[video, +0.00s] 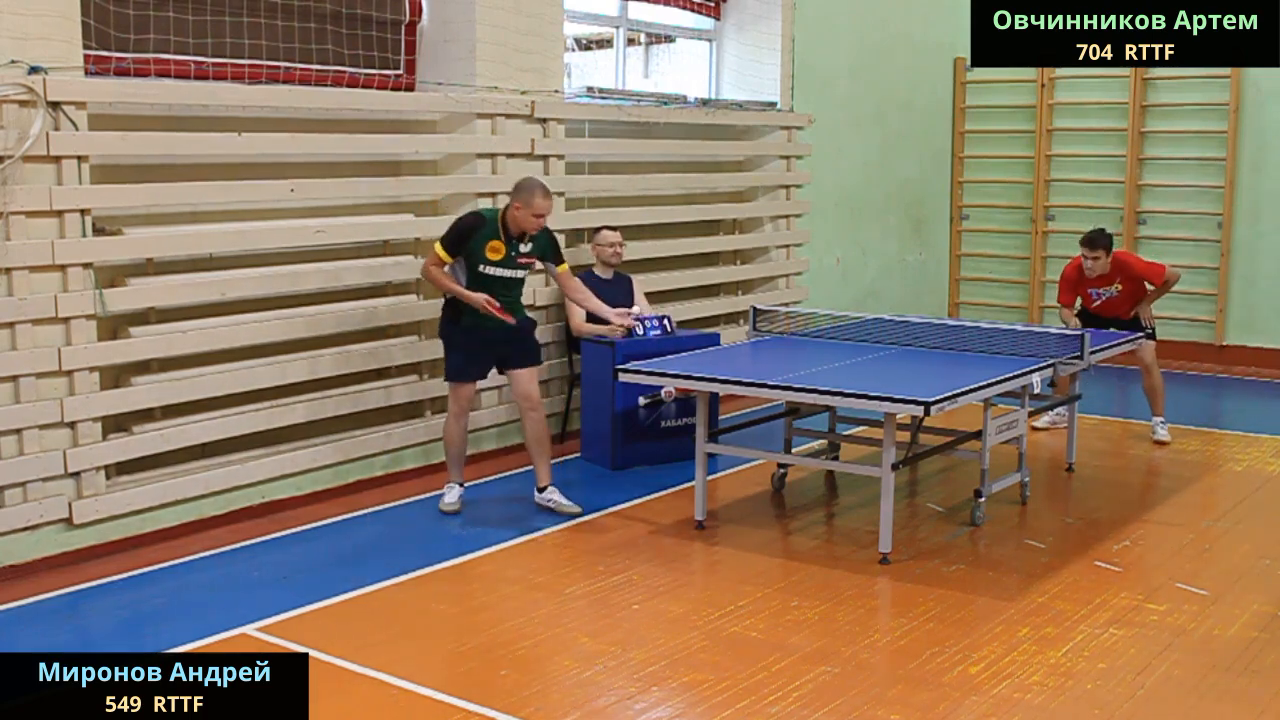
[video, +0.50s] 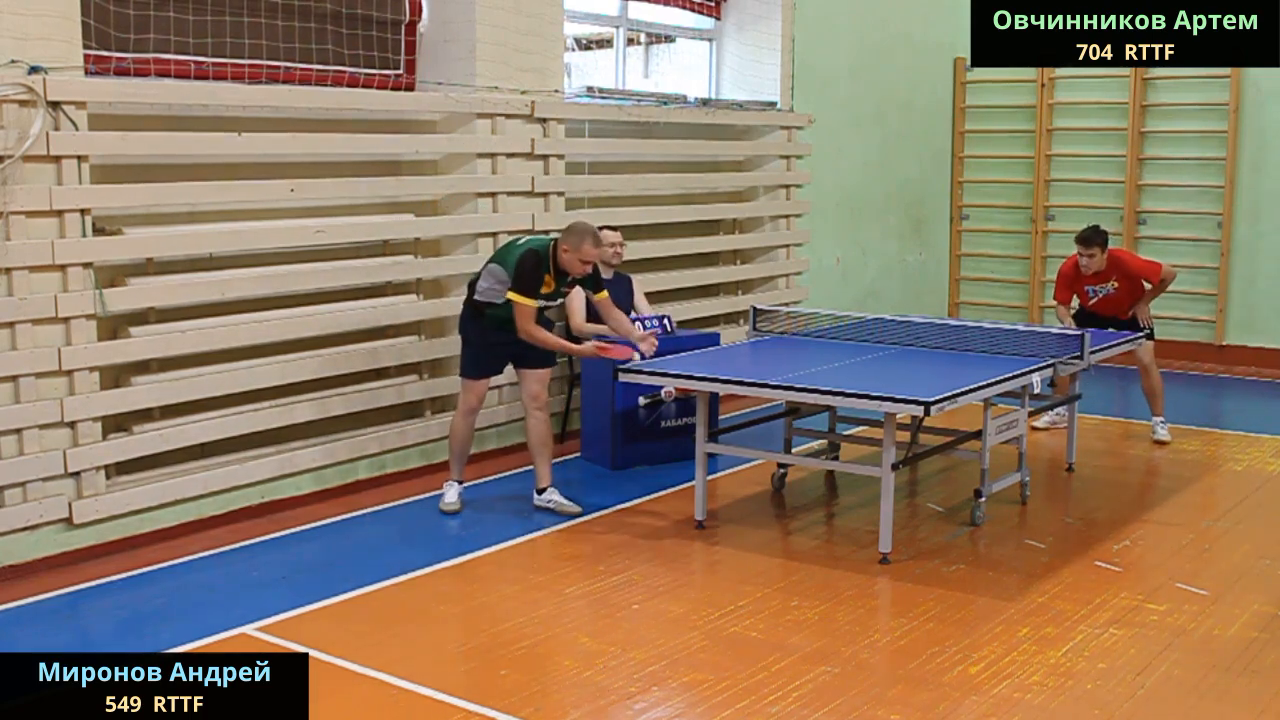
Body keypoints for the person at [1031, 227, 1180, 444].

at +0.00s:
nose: (1088, 264)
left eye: (1095, 259)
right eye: (1084, 258)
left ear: (1109, 257)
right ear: (1080, 254)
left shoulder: (1127, 263)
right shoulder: (1072, 271)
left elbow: (1172, 276)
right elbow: (1065, 308)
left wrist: (1147, 302)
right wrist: (1071, 320)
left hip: (1132, 317)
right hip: (1093, 316)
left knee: (1147, 360)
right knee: (1063, 355)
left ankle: (1158, 421)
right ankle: (1060, 410)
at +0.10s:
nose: (1086, 265)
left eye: (1093, 260)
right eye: (1083, 259)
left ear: (1107, 258)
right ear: (1079, 254)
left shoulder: (1125, 264)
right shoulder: (1070, 272)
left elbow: (1171, 276)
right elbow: (1063, 308)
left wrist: (1146, 302)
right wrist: (1070, 324)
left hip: (1131, 318)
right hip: (1091, 317)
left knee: (1147, 361)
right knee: (1063, 355)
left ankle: (1158, 421)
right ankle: (1060, 411)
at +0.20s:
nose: (1085, 265)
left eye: (1091, 260)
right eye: (1081, 259)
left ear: (1106, 257)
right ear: (1077, 254)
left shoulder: (1124, 264)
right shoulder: (1069, 272)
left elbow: (1170, 276)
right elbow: (1062, 308)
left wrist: (1145, 302)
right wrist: (1069, 324)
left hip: (1130, 317)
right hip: (1091, 316)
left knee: (1146, 361)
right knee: (1063, 355)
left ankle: (1158, 421)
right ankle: (1060, 411)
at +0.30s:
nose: (1084, 265)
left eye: (1090, 260)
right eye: (1080, 258)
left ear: (1105, 256)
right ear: (1076, 254)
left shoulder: (1124, 263)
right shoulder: (1069, 271)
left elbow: (1169, 275)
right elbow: (1062, 307)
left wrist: (1145, 302)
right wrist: (1068, 323)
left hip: (1130, 317)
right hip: (1090, 317)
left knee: (1146, 361)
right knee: (1063, 354)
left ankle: (1158, 421)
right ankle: (1060, 411)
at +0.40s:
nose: (1084, 263)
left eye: (1090, 258)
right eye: (1080, 257)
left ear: (1105, 255)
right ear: (1076, 252)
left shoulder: (1124, 262)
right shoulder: (1069, 270)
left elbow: (1169, 275)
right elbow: (1061, 307)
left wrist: (1145, 302)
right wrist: (1069, 324)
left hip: (1130, 317)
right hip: (1091, 315)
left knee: (1146, 361)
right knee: (1062, 352)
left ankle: (1158, 421)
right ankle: (1060, 410)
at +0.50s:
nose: (1084, 262)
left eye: (1090, 256)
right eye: (1080, 255)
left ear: (1105, 253)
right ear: (1076, 251)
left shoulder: (1123, 261)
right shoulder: (1069, 269)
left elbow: (1168, 274)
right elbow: (1061, 305)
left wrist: (1145, 302)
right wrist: (1068, 323)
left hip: (1130, 316)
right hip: (1091, 315)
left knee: (1146, 361)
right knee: (1062, 352)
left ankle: (1158, 421)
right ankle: (1060, 410)